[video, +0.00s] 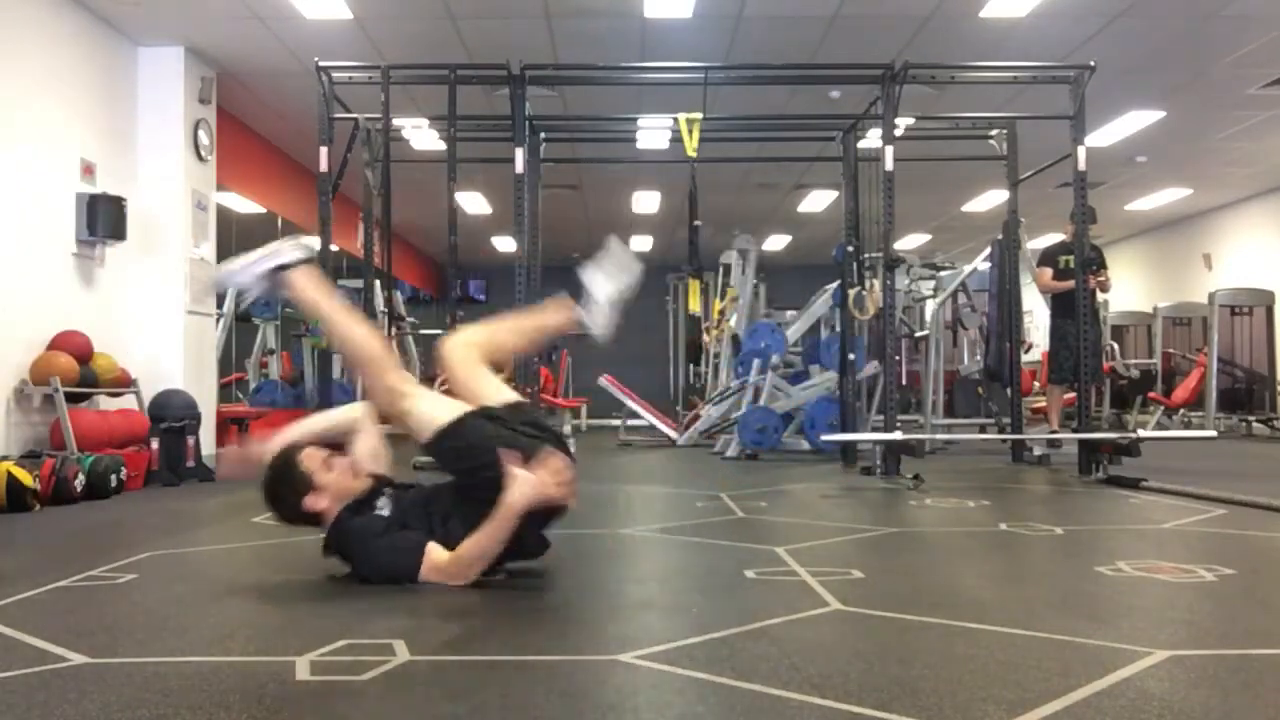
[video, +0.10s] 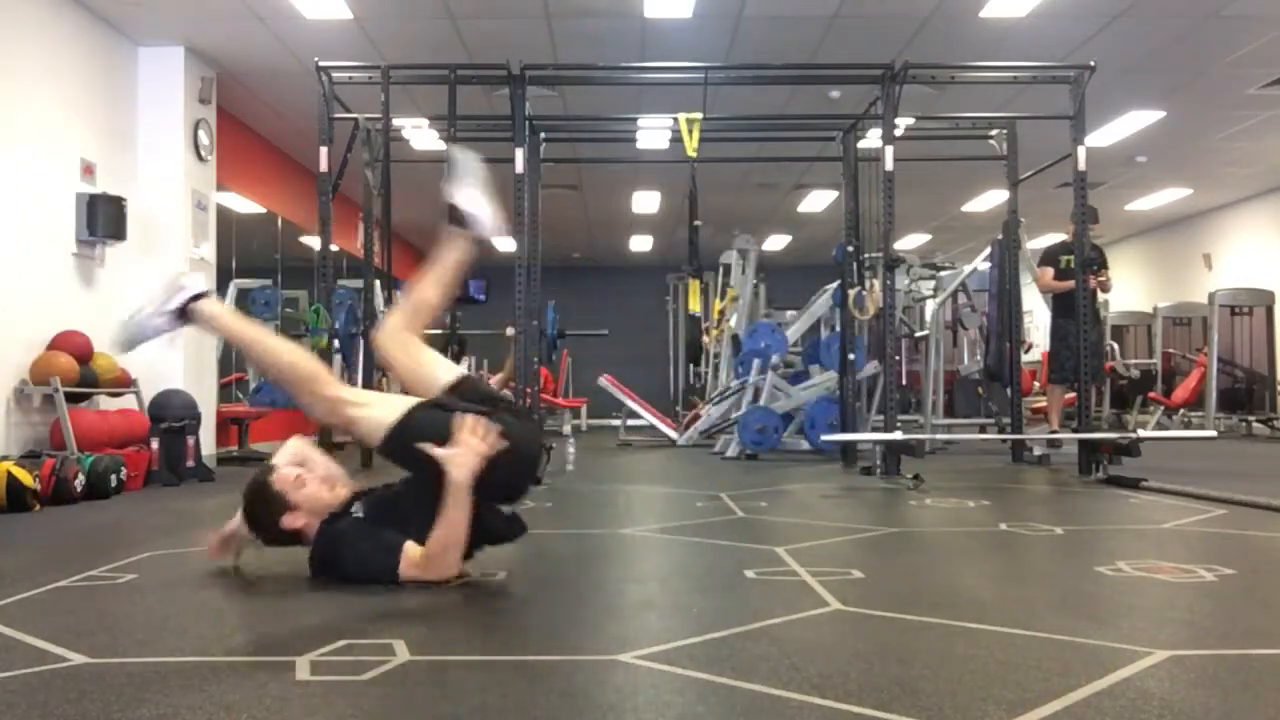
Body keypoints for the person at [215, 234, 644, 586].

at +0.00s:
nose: (344, 459)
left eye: (336, 456)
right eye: (329, 463)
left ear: (344, 467)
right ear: (317, 500)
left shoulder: (375, 494)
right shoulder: (359, 536)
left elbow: (365, 418)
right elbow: (453, 572)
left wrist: (284, 437)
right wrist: (517, 501)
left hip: (536, 455)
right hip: (512, 481)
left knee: (458, 347)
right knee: (391, 386)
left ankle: (583, 309)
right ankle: (293, 272)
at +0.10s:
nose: (310, 458)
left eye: (300, 457)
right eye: (295, 469)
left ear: (324, 463)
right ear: (298, 516)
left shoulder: (357, 510)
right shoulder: (339, 546)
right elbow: (438, 566)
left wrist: (244, 524)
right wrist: (461, 474)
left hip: (497, 431)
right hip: (501, 456)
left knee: (392, 336)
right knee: (331, 401)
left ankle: (465, 230)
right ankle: (198, 305)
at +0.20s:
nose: (299, 476)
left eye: (288, 475)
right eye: (284, 488)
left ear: (307, 490)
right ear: (289, 524)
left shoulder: (348, 516)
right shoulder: (334, 551)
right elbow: (431, 564)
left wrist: (238, 536)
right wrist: (421, 467)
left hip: (474, 415)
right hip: (474, 442)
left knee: (352, 335)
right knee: (298, 403)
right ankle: (144, 324)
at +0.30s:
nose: (285, 487)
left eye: (275, 492)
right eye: (277, 501)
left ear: (287, 501)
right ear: (287, 531)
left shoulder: (342, 504)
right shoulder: (332, 557)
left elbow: (275, 464)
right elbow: (433, 567)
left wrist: (234, 534)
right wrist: (400, 476)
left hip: (452, 397)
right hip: (461, 423)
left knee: (312, 342)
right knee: (268, 405)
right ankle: (103, 343)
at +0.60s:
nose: (271, 500)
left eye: (266, 501)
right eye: (265, 515)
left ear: (282, 497)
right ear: (277, 548)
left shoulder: (322, 508)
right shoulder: (324, 557)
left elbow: (261, 461)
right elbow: (417, 562)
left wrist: (228, 540)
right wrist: (363, 474)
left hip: (402, 370)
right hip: (406, 400)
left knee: (253, 373)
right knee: (209, 452)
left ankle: (168, 260)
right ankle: (28, 418)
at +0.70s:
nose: (268, 507)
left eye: (263, 508)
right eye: (262, 523)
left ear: (277, 503)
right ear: (277, 557)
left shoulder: (325, 516)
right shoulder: (327, 564)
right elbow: (415, 560)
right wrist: (349, 481)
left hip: (387, 363)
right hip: (383, 394)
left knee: (230, 384)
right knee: (190, 480)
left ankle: (129, 284)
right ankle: (11, 457)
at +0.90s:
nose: (253, 521)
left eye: (248, 524)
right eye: (252, 534)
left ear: (256, 518)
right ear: (270, 560)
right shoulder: (328, 563)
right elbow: (405, 566)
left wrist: (211, 552)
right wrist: (323, 498)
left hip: (319, 355)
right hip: (333, 386)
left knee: (182, 401)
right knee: (183, 543)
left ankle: (78, 309)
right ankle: (11, 528)